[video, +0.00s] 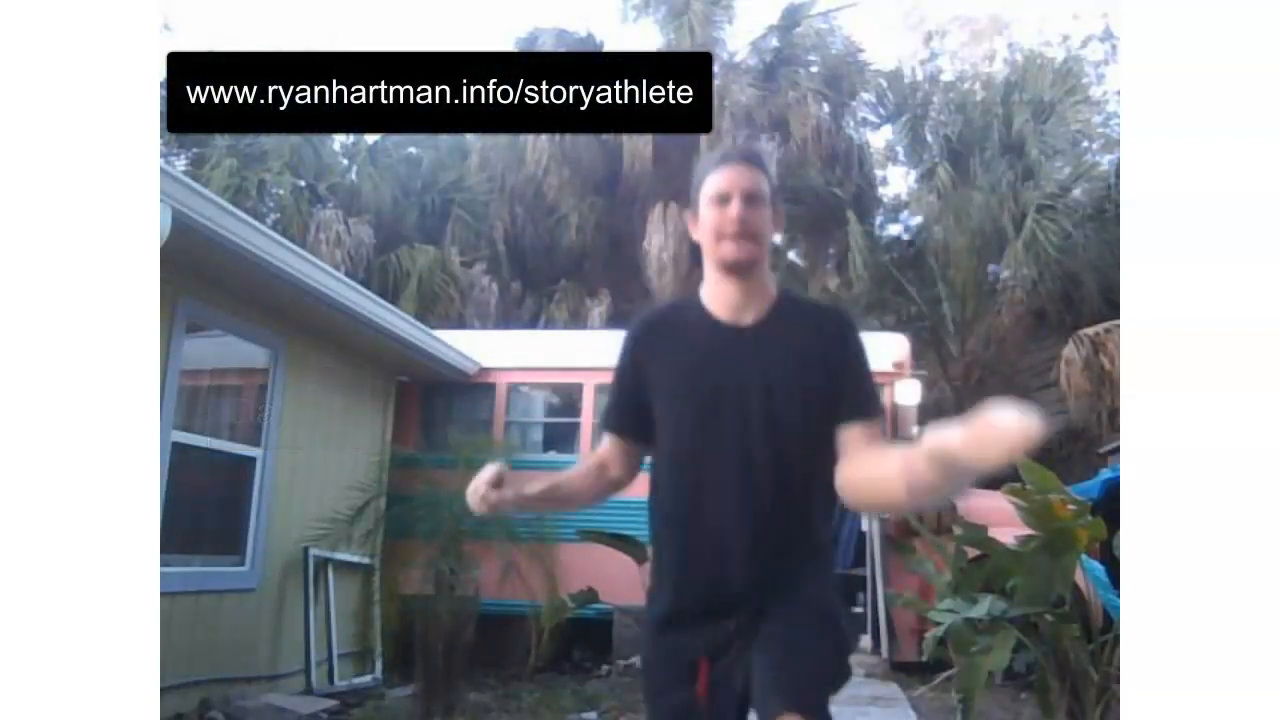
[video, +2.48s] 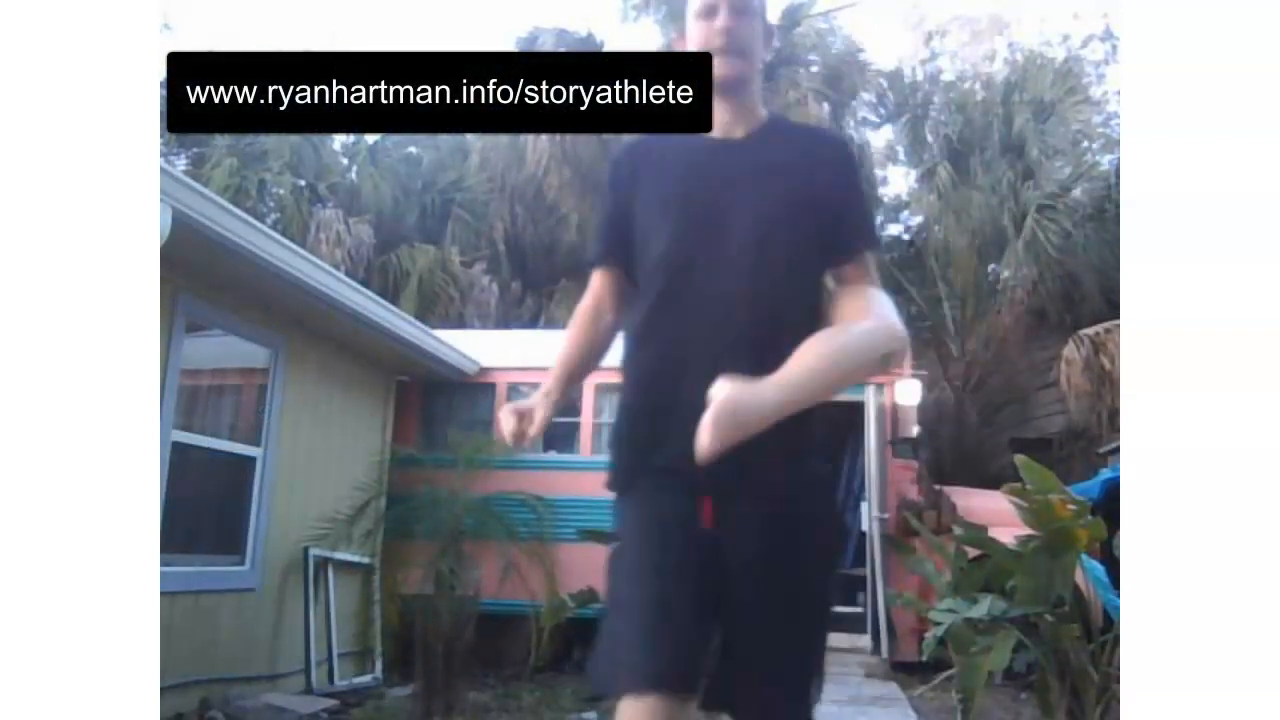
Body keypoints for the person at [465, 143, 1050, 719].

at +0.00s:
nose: (738, 215)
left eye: (753, 201)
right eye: (721, 201)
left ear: (776, 220)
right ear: (693, 223)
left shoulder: (825, 332)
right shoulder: (655, 337)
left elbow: (858, 474)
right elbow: (610, 466)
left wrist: (941, 459)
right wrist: (529, 491)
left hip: (794, 608)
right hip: (683, 616)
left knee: (788, 708)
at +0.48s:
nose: (730, 111)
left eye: (742, 98)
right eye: (714, 100)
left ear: (762, 118)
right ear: (692, 125)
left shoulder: (805, 228)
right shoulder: (657, 222)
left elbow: (837, 341)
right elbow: (604, 336)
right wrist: (606, 407)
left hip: (777, 480)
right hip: (675, 480)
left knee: (776, 693)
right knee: (676, 678)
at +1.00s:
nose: (754, 133)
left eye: (771, 121)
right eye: (739, 121)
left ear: (795, 149)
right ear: (712, 149)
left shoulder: (834, 264)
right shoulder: (666, 246)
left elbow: (864, 397)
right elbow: (579, 354)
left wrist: (914, 455)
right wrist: (477, 368)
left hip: (794, 526)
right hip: (683, 510)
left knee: (788, 711)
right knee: (700, 687)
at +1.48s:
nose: (750, 237)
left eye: (767, 223)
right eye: (733, 223)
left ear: (792, 244)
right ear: (707, 247)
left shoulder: (851, 359)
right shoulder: (666, 363)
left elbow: (895, 501)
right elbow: (562, 465)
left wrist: (949, 561)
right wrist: (452, 482)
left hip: (802, 620)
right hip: (689, 605)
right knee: (731, 694)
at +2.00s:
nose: (768, 138)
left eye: (787, 125)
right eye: (752, 124)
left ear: (814, 151)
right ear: (725, 148)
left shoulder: (854, 262)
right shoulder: (674, 261)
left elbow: (897, 386)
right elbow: (601, 370)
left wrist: (949, 365)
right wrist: (492, 392)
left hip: (817, 542)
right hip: (700, 544)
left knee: (837, 699)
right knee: (688, 711)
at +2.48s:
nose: (724, 22)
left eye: (742, 10)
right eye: (706, 10)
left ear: (769, 37)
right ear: (681, 38)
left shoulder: (821, 156)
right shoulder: (639, 159)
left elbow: (868, 319)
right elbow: (605, 296)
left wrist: (771, 397)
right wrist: (550, 394)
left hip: (785, 477)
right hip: (660, 471)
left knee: (771, 704)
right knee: (647, 697)